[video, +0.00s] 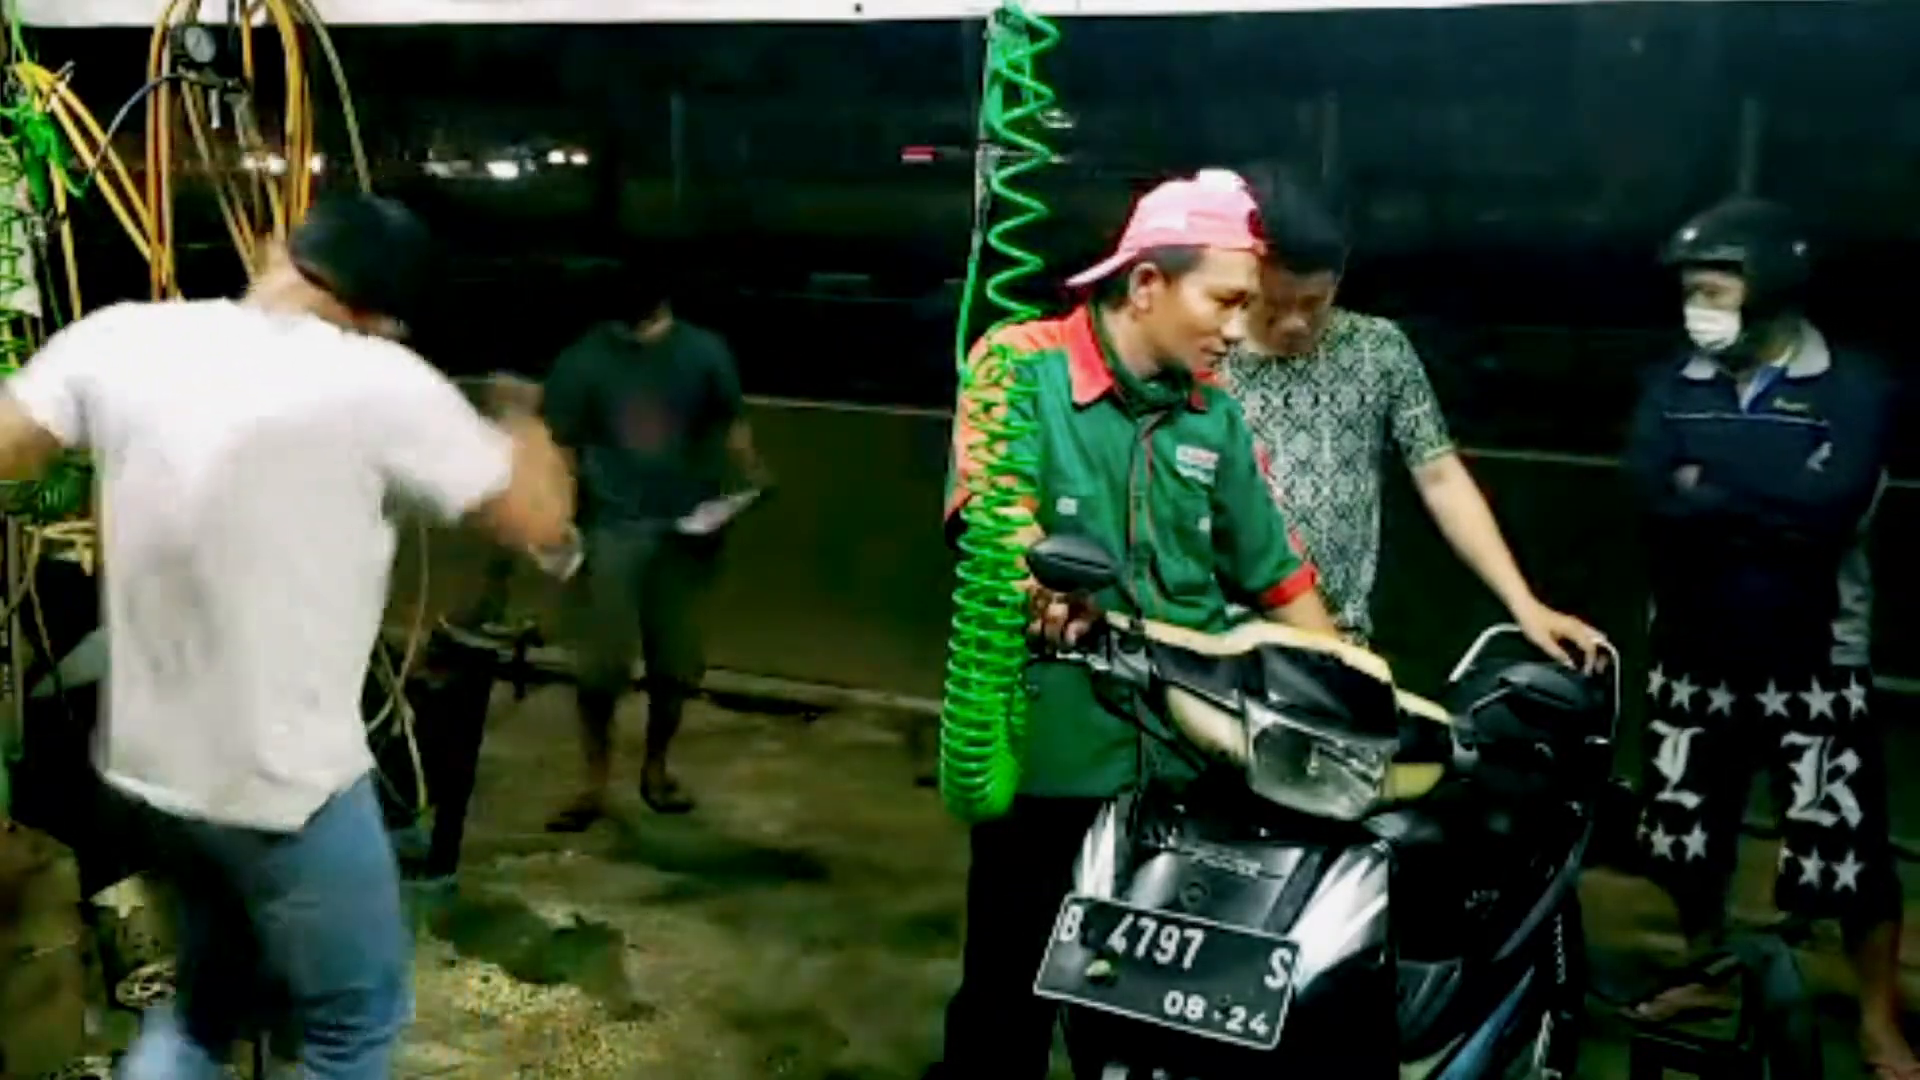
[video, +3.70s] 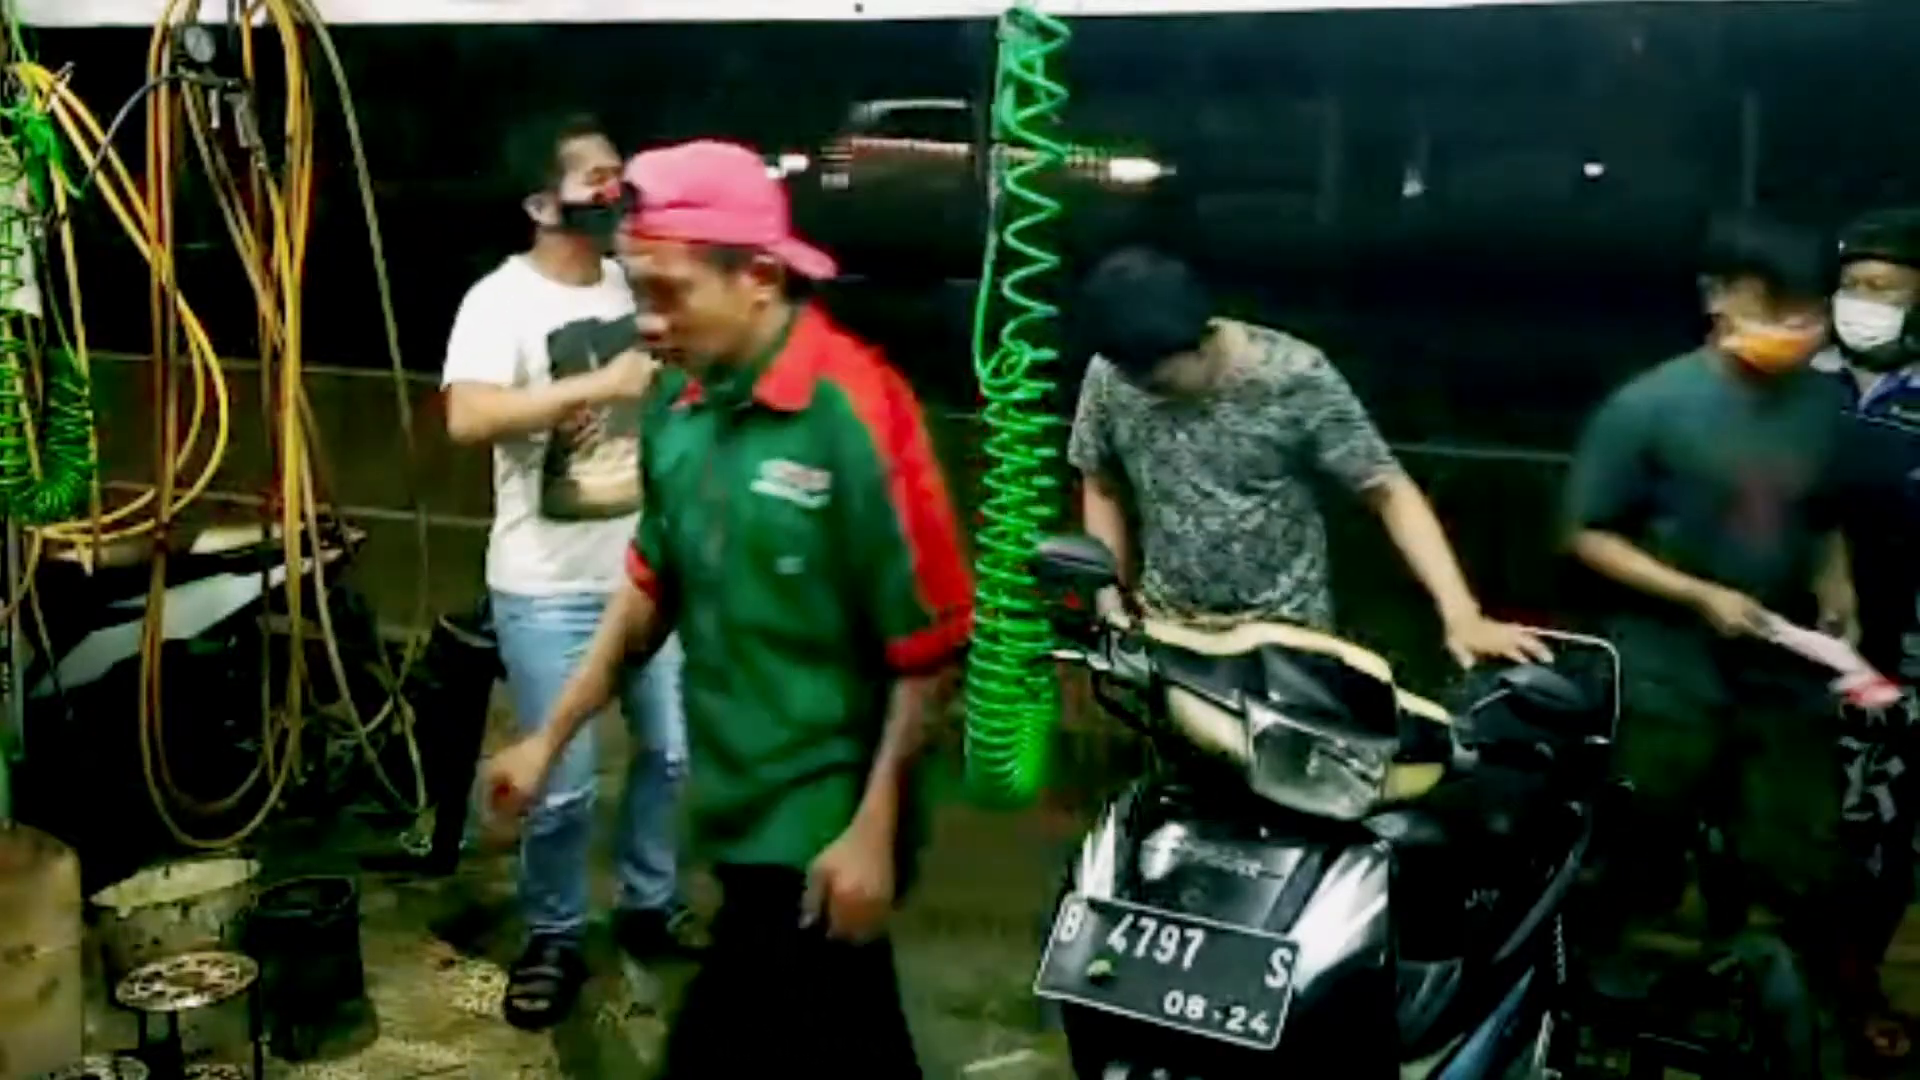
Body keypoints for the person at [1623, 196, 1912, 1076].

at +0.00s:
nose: (1696, 301)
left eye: (1717, 285)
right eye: (1690, 284)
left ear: (1772, 291)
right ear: (1685, 287)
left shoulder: (1846, 388)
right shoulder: (1671, 384)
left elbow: (1835, 502)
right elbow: (1649, 493)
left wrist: (1697, 470)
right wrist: (1788, 486)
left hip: (1811, 656)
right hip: (1693, 651)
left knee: (1849, 854)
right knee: (1684, 837)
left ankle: (1880, 1021)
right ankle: (1701, 971)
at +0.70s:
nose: (1826, 304)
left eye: (1848, 288)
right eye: (1812, 287)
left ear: (1885, 300)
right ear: (1790, 298)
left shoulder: (1914, 402)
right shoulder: (1755, 392)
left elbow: (1913, 517)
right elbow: (1712, 500)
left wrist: (1791, 495)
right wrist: (1861, 512)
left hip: (1867, 654)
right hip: (1751, 643)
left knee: (1866, 839)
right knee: (1696, 816)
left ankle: (1859, 985)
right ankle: (1703, 969)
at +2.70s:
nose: (1901, 300)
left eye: (1917, 287)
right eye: (1889, 284)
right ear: (1863, 294)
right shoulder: (1811, 386)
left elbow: (1910, 510)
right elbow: (1764, 487)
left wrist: (1823, 474)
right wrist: (1878, 511)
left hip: (1891, 661)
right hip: (1784, 646)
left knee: (1885, 842)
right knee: (1735, 814)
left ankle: (1858, 976)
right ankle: (1720, 938)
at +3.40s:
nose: (1879, 304)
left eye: (1899, 291)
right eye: (1868, 286)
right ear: (1845, 293)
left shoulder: (1917, 411)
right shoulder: (1799, 384)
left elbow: (1909, 512)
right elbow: (1748, 483)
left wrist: (1814, 476)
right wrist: (1860, 507)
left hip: (1890, 649)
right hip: (1782, 632)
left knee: (1883, 832)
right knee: (1737, 799)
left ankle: (1863, 980)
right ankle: (1719, 932)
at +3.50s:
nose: (1876, 306)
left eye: (1896, 292)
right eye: (1864, 288)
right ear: (1838, 296)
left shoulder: (1918, 406)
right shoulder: (1787, 388)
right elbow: (1725, 496)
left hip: (1892, 656)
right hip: (1784, 643)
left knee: (1886, 837)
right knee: (1757, 808)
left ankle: (1862, 984)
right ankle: (1724, 942)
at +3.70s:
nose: (1868, 305)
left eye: (1888, 291)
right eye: (1856, 287)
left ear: (1918, 304)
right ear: (1835, 294)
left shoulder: (1908, 410)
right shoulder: (1805, 398)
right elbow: (1794, 524)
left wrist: (1882, 649)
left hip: (1901, 652)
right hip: (1815, 645)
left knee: (1885, 843)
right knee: (1820, 831)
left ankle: (1860, 995)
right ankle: (1823, 994)